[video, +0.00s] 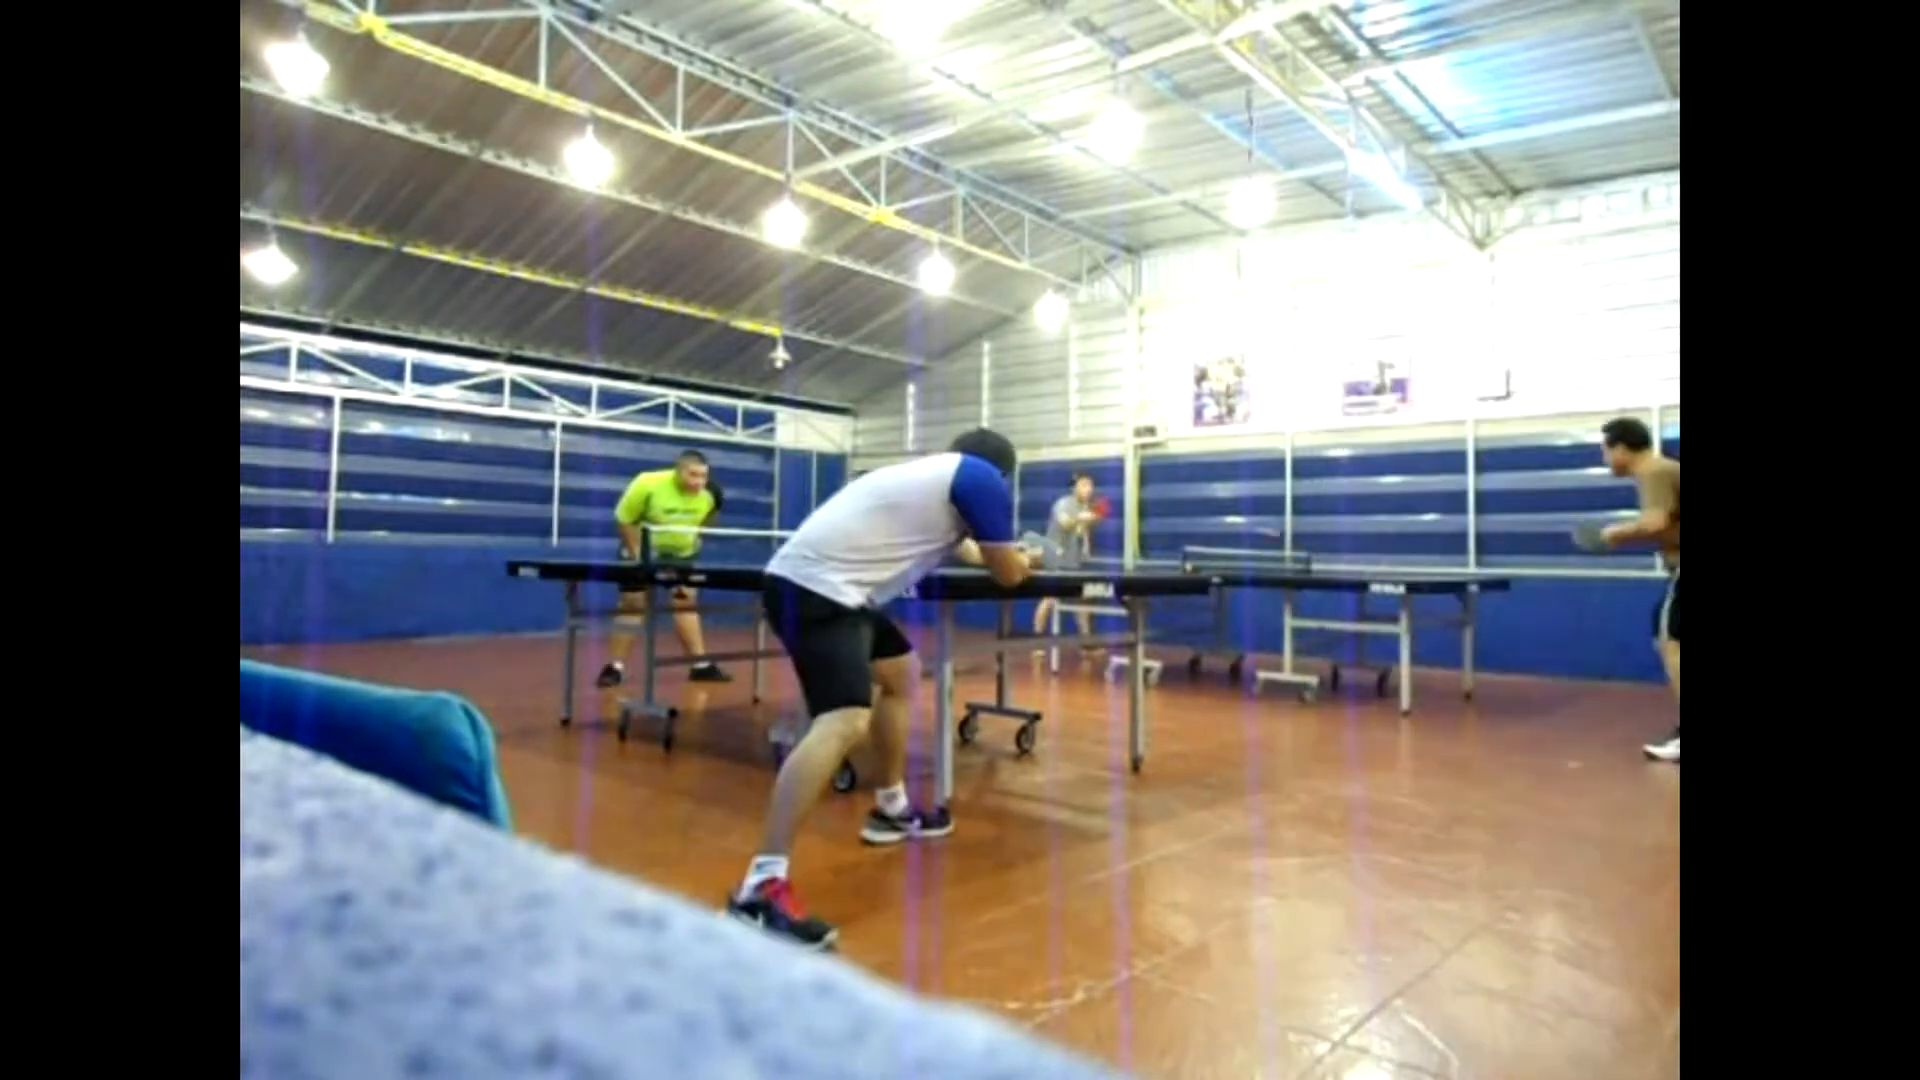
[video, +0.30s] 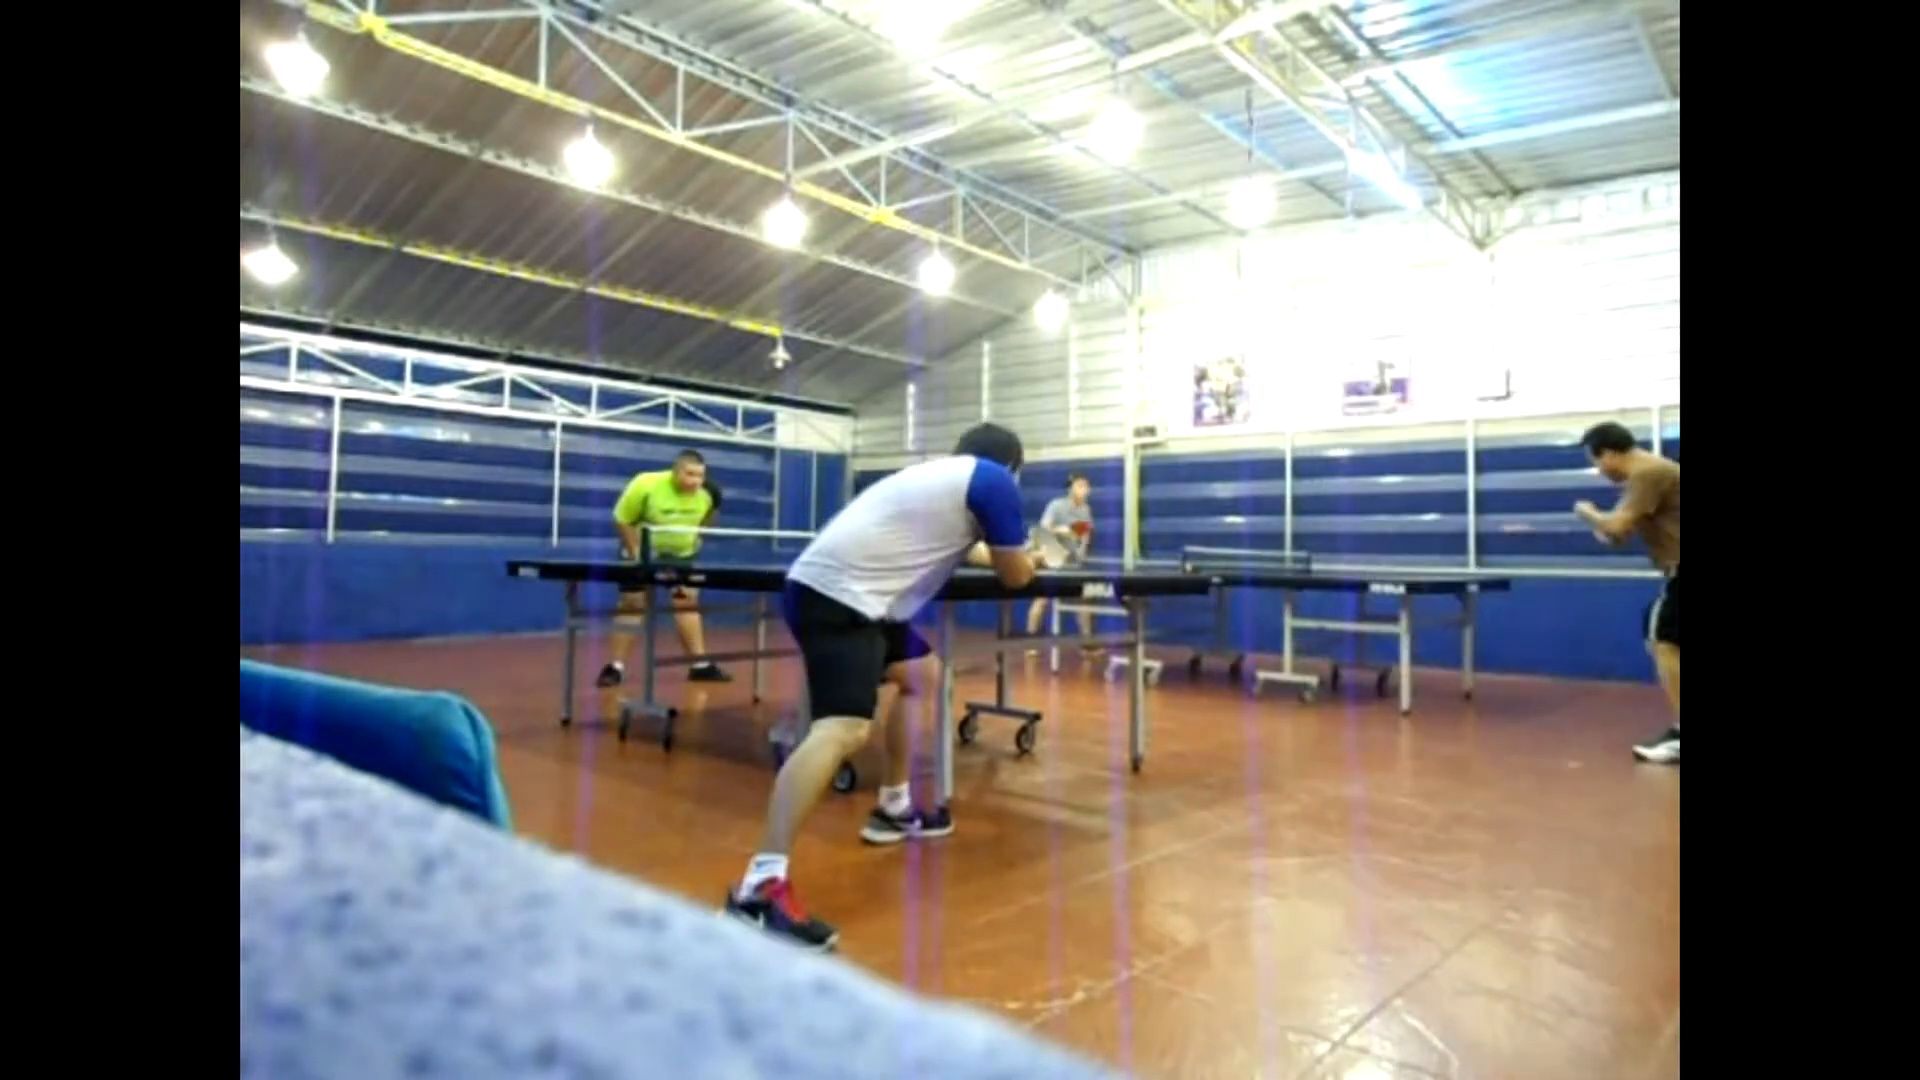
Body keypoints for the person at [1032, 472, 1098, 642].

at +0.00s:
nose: (1086, 490)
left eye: (1089, 486)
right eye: (1083, 485)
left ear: (1092, 489)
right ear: (1075, 487)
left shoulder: (1086, 507)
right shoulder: (1063, 504)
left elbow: (1085, 531)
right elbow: (1065, 522)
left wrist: (1087, 553)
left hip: (1077, 558)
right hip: (1057, 557)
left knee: (1081, 599)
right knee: (1049, 597)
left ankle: (1086, 636)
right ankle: (1037, 633)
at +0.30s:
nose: (1083, 490)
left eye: (1085, 486)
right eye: (1079, 486)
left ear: (1088, 490)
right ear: (1071, 488)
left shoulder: (1085, 509)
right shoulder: (1057, 505)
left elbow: (1087, 532)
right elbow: (1045, 526)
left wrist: (1083, 553)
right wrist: (1065, 530)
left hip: (1076, 558)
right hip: (1053, 557)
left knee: (1084, 599)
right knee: (1043, 597)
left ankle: (1087, 637)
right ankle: (1031, 634)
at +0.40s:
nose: (1078, 492)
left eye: (1081, 488)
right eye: (1075, 487)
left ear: (1084, 492)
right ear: (1067, 489)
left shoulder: (1082, 509)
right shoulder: (1053, 506)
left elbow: (1084, 531)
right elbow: (1039, 529)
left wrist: (1076, 552)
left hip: (1069, 558)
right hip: (1048, 558)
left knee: (1078, 599)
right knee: (1039, 597)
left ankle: (1085, 637)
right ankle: (1030, 634)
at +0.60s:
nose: (1076, 495)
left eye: (1075, 489)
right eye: (1069, 489)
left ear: (1077, 494)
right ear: (1053, 492)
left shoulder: (1076, 517)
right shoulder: (1041, 517)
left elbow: (1081, 542)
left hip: (1068, 566)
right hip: (1042, 564)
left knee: (1076, 601)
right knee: (1037, 598)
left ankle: (1082, 638)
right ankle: (1030, 634)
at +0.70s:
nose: (1078, 503)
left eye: (1081, 499)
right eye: (1074, 499)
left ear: (1084, 500)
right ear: (1066, 500)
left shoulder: (1083, 522)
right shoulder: (1052, 517)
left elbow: (1081, 549)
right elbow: (1046, 545)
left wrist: (1057, 547)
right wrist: (1069, 549)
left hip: (1069, 564)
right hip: (1044, 564)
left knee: (1076, 600)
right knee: (1040, 598)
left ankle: (1083, 638)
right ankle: (1030, 635)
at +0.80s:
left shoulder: (1078, 516)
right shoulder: (1053, 516)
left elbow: (1075, 535)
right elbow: (1067, 539)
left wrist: (1076, 549)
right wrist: (1098, 537)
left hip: (1067, 560)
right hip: (1045, 561)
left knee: (1077, 601)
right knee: (1041, 599)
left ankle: (1083, 639)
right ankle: (1031, 637)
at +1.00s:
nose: (1090, 490)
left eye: (1092, 486)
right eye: (1087, 485)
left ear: (1093, 489)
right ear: (1077, 487)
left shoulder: (1085, 507)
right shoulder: (1064, 504)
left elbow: (1080, 531)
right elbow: (1067, 526)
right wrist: (1086, 520)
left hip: (1074, 559)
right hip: (1053, 558)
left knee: (1079, 601)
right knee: (1043, 597)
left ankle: (1083, 639)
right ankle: (1032, 636)